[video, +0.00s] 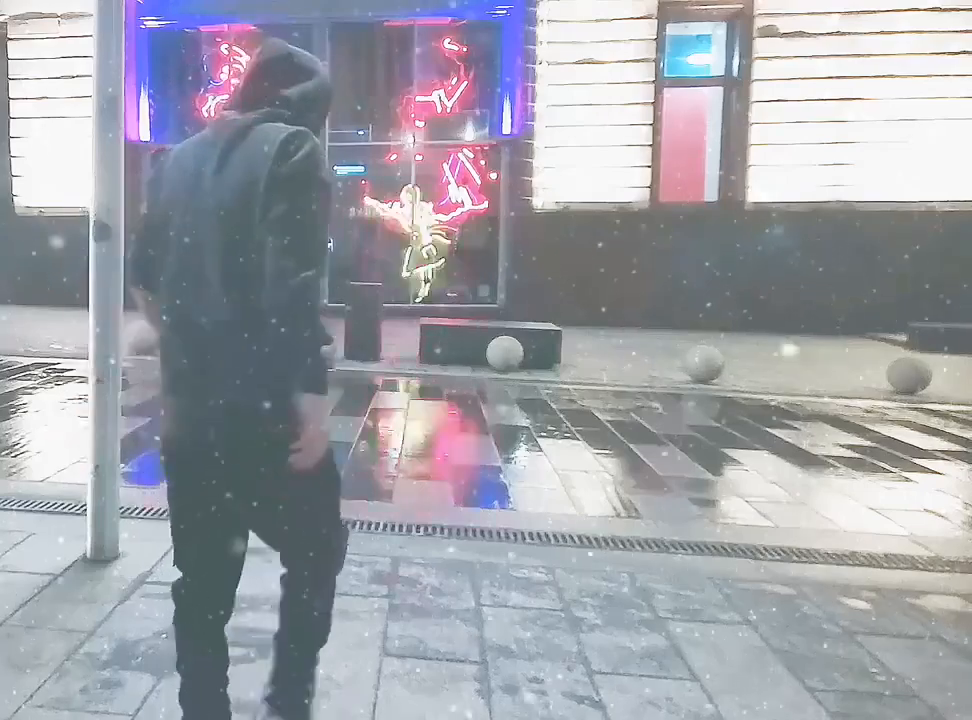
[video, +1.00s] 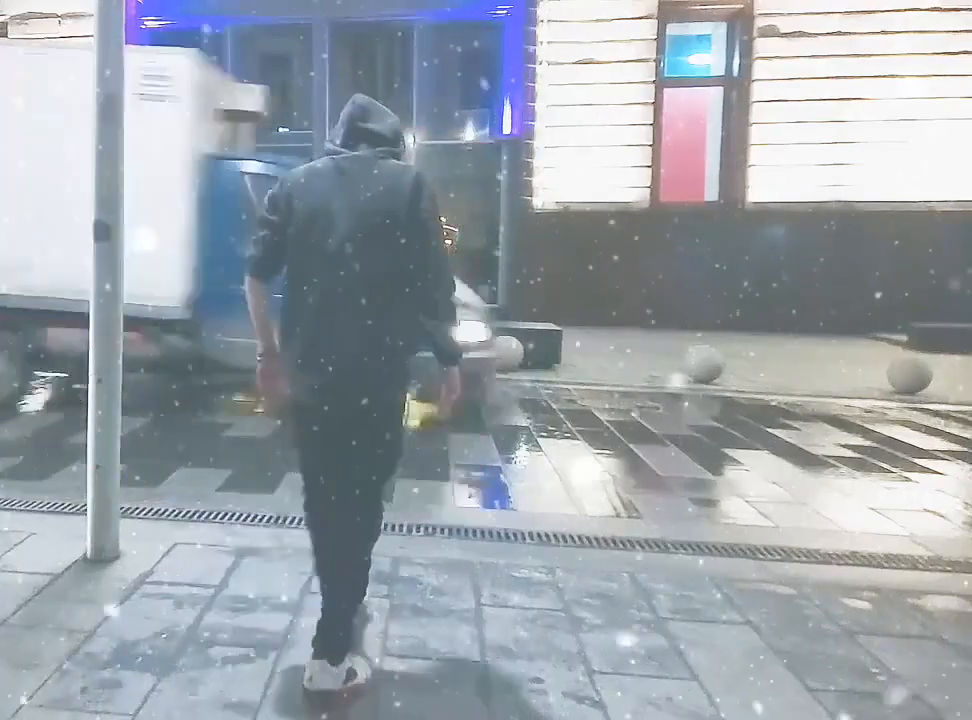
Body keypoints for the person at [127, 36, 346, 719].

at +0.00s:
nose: (313, 119)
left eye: (309, 110)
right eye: (314, 109)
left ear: (249, 95)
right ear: (303, 102)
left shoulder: (179, 157)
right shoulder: (296, 150)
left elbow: (144, 273)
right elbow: (294, 284)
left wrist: (187, 342)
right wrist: (312, 397)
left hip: (191, 409)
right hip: (270, 405)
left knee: (201, 582)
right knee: (316, 549)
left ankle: (204, 710)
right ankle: (290, 697)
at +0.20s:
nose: (327, 129)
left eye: (328, 121)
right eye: (325, 119)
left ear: (260, 106)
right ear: (310, 112)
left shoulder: (198, 167)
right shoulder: (317, 166)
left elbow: (167, 274)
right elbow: (344, 285)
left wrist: (238, 283)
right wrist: (380, 373)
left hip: (216, 396)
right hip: (297, 396)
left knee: (214, 560)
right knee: (322, 548)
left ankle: (206, 705)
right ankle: (326, 684)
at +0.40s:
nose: (358, 136)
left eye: (356, 129)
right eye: (356, 128)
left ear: (290, 118)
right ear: (348, 123)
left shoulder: (234, 175)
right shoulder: (362, 174)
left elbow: (203, 282)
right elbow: (396, 290)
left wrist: (218, 365)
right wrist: (426, 370)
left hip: (251, 385)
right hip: (331, 388)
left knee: (243, 542)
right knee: (335, 543)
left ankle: (212, 693)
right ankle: (325, 676)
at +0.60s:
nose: (379, 145)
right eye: (381, 134)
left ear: (320, 122)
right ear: (376, 130)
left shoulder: (268, 174)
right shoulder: (394, 177)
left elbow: (227, 269)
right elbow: (425, 283)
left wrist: (219, 362)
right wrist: (448, 362)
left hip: (281, 373)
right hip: (357, 378)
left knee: (274, 506)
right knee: (347, 526)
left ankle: (244, 631)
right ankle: (324, 671)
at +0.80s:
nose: (391, 147)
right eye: (392, 137)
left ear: (334, 125)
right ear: (387, 132)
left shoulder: (285, 175)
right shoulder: (404, 177)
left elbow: (247, 263)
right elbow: (433, 276)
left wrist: (243, 349)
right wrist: (451, 357)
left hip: (301, 361)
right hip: (371, 365)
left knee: (301, 488)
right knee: (357, 508)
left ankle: (287, 623)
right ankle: (326, 663)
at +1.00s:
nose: (394, 153)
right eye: (394, 145)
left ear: (339, 136)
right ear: (392, 142)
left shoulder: (296, 183)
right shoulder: (407, 183)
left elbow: (256, 274)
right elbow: (435, 281)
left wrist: (267, 352)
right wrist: (449, 362)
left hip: (310, 366)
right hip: (379, 368)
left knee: (324, 496)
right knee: (363, 496)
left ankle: (343, 613)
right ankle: (329, 656)